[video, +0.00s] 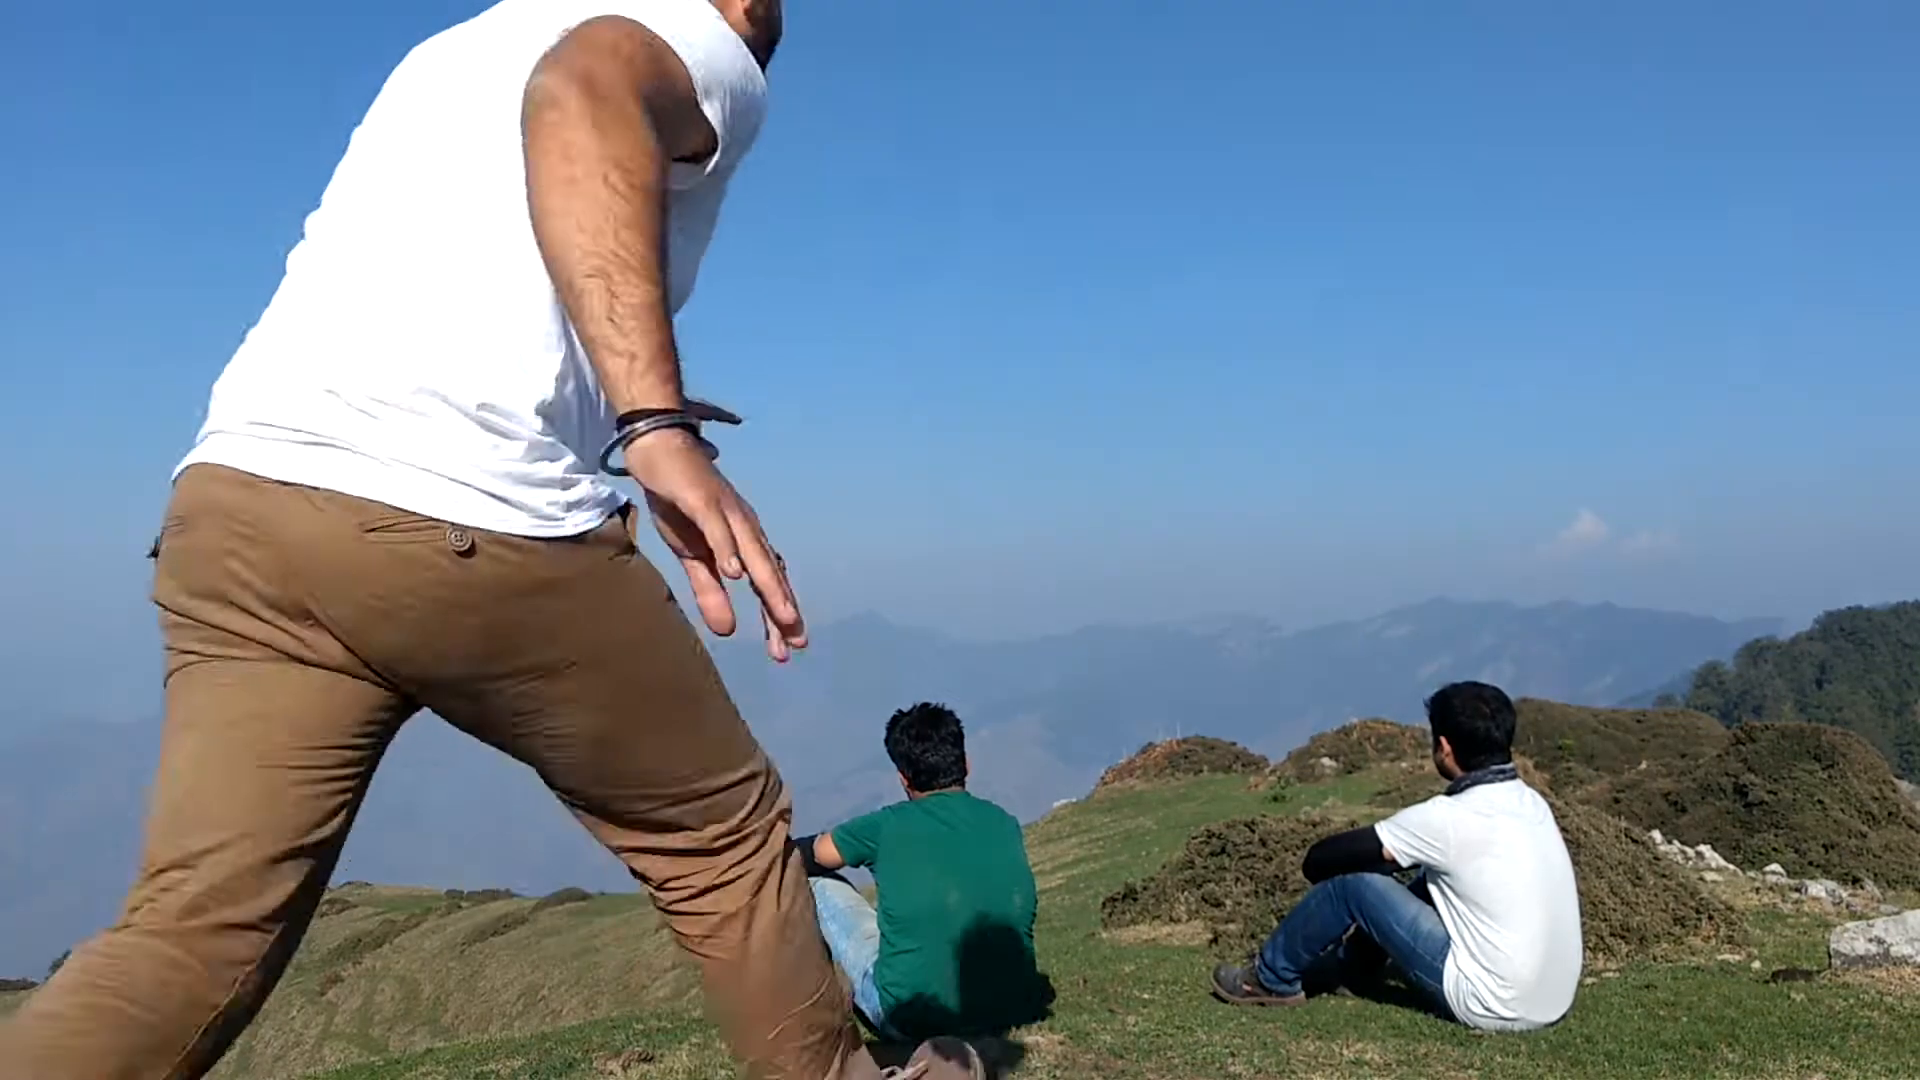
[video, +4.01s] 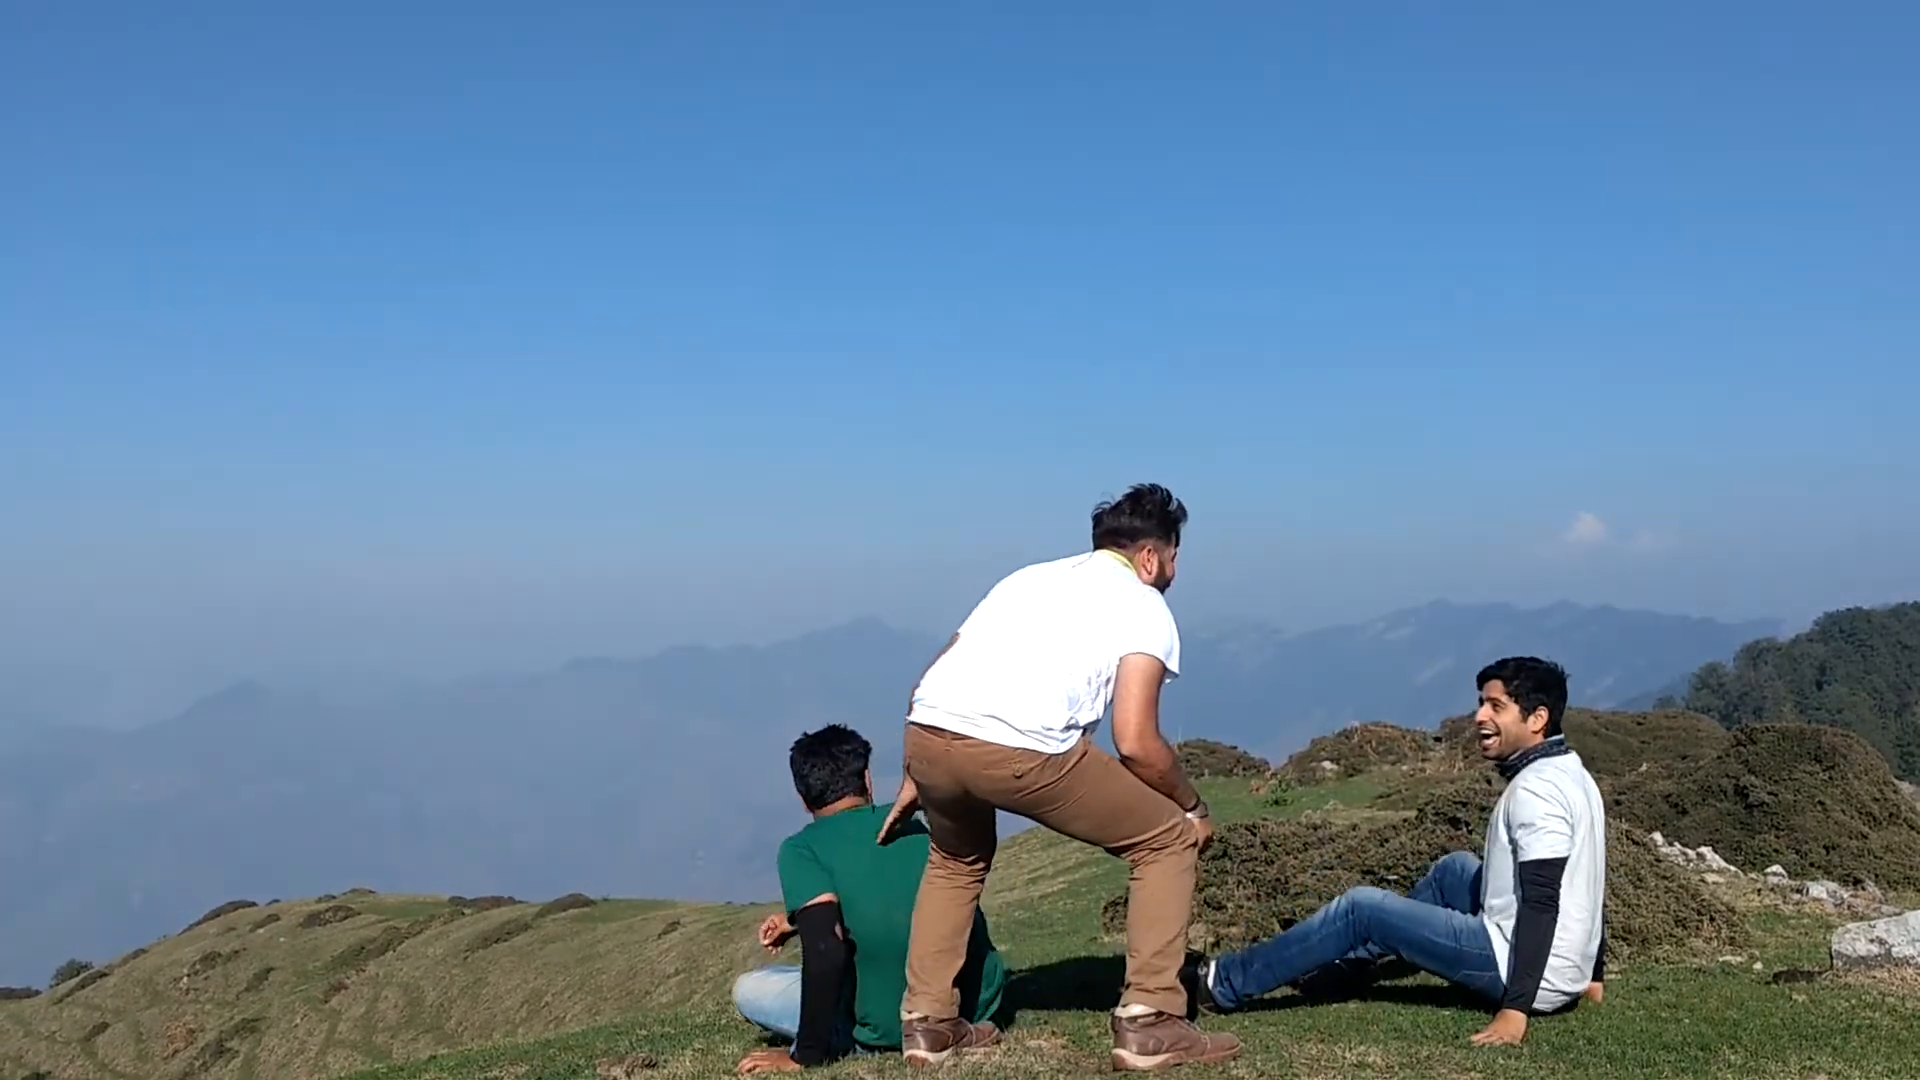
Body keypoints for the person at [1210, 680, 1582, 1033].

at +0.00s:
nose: (1433, 748)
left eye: (1434, 738)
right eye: (1433, 738)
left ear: (1447, 748)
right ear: (1503, 742)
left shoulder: (1449, 816)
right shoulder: (1533, 803)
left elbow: (1318, 860)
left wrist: (1390, 864)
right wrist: (1383, 860)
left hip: (1487, 1003)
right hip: (1547, 998)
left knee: (1353, 883)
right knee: (1430, 876)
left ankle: (1271, 976)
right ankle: (1352, 964)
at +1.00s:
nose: (1438, 737)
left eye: (1455, 726)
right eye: (1440, 724)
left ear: (1496, 742)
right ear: (1500, 746)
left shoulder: (1472, 790)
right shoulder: (1529, 796)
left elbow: (1427, 905)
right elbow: (1464, 844)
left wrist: (1326, 902)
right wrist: (1387, 857)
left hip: (1488, 1005)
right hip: (1544, 1001)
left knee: (1351, 872)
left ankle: (1274, 975)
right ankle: (1351, 964)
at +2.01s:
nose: (1454, 753)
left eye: (1452, 743)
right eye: (1455, 740)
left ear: (1461, 750)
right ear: (1521, 738)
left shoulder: (1493, 802)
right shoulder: (1556, 795)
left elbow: (1487, 916)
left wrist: (1387, 894)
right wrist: (1435, 838)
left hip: (1504, 994)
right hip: (1554, 989)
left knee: (1337, 886)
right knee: (1443, 885)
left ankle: (1228, 973)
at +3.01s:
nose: (1448, 727)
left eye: (1464, 715)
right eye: (1451, 714)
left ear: (1507, 733)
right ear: (1507, 738)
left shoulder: (1497, 790)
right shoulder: (1543, 784)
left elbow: (1528, 895)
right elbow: (1591, 878)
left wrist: (1508, 1011)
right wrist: (1589, 973)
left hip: (1491, 979)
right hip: (1546, 988)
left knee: (1335, 879)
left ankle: (1211, 975)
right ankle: (1333, 979)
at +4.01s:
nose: (1480, 718)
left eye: (1495, 706)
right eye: (1481, 705)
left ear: (1539, 718)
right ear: (1537, 720)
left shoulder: (1534, 792)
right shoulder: (1572, 775)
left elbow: (1540, 904)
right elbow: (1591, 883)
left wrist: (1513, 1013)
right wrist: (1592, 976)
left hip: (1516, 971)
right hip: (1555, 966)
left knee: (1360, 907)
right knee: (1457, 868)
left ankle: (1218, 983)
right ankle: (1349, 966)